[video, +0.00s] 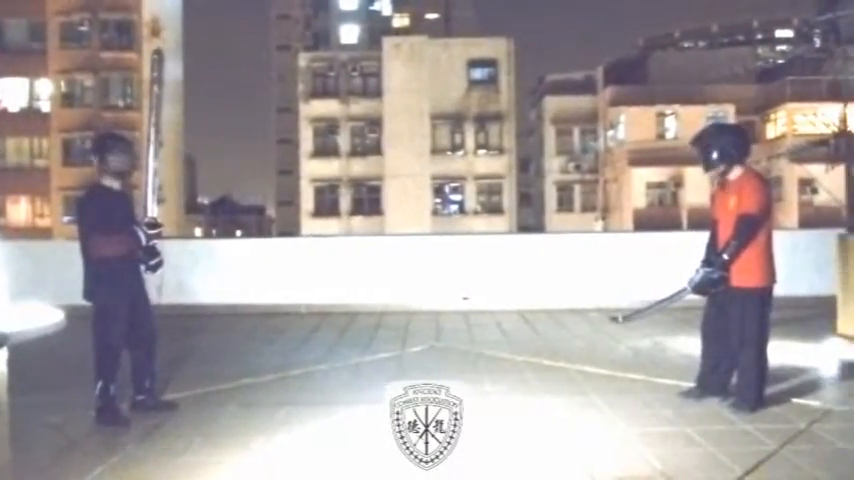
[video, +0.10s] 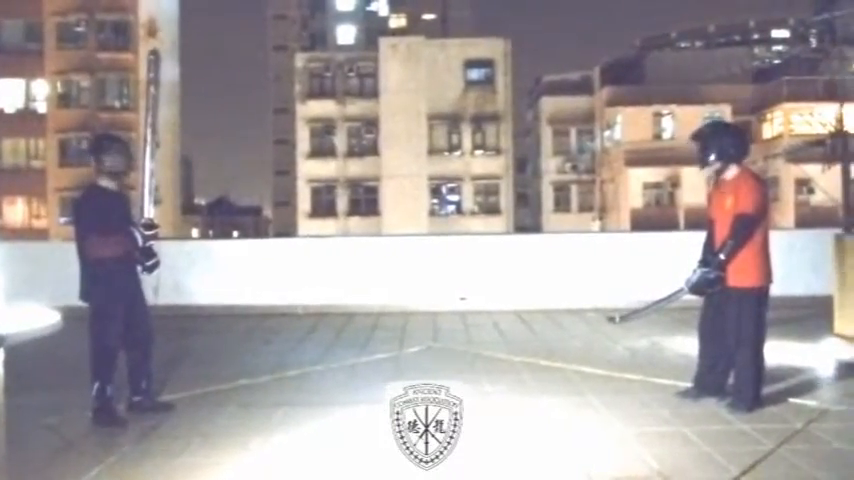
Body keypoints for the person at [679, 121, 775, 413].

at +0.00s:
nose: (705, 161)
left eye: (708, 153)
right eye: (704, 154)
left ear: (725, 153)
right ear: (722, 155)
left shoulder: (753, 185)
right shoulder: (720, 189)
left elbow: (747, 228)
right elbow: (716, 231)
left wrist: (721, 263)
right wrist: (707, 265)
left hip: (751, 278)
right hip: (726, 276)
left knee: (749, 338)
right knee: (715, 332)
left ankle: (748, 394)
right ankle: (711, 383)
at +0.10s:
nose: (702, 158)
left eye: (707, 151)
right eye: (702, 151)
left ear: (724, 152)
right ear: (719, 153)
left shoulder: (750, 185)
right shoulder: (717, 186)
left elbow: (743, 228)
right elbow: (713, 229)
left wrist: (718, 263)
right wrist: (704, 264)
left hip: (748, 277)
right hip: (723, 275)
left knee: (745, 338)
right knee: (713, 331)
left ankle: (746, 394)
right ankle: (709, 383)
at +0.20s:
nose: (703, 156)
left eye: (708, 150)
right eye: (704, 150)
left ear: (723, 152)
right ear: (720, 154)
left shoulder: (747, 187)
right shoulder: (715, 187)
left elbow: (740, 230)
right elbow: (710, 230)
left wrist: (715, 265)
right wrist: (701, 264)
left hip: (744, 278)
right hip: (719, 276)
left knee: (742, 340)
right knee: (709, 333)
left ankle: (742, 396)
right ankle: (705, 384)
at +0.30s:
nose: (703, 158)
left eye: (708, 152)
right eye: (704, 152)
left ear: (724, 155)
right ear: (718, 156)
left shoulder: (745, 190)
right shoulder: (713, 190)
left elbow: (737, 233)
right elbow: (708, 232)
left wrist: (712, 267)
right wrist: (699, 266)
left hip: (741, 280)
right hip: (716, 279)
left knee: (739, 342)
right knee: (707, 336)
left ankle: (738, 399)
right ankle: (702, 386)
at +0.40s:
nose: (705, 161)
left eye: (710, 154)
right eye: (706, 155)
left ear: (726, 157)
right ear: (718, 158)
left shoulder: (745, 193)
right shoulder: (714, 193)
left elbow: (737, 235)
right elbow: (708, 236)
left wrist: (712, 269)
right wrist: (698, 268)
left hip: (740, 283)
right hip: (715, 281)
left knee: (737, 345)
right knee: (705, 338)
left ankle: (736, 401)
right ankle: (700, 389)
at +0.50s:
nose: (707, 162)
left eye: (712, 156)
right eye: (707, 156)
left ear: (726, 158)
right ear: (717, 160)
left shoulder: (745, 193)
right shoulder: (714, 195)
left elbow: (736, 237)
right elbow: (707, 237)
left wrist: (710, 271)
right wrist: (698, 270)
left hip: (740, 284)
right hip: (715, 282)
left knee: (736, 345)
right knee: (704, 339)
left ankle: (735, 401)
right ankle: (699, 389)